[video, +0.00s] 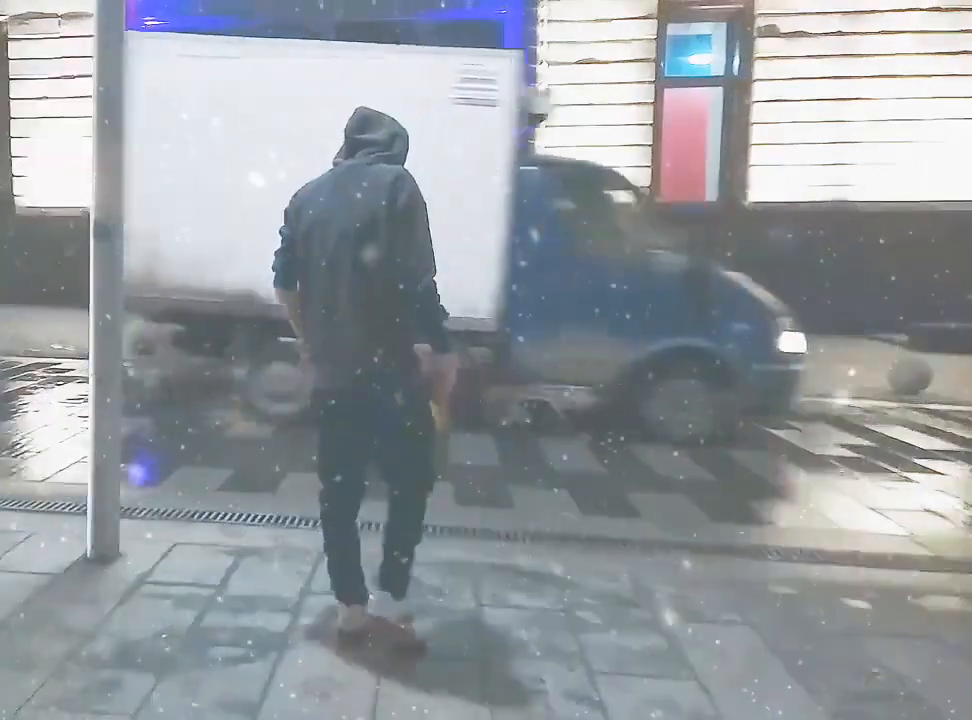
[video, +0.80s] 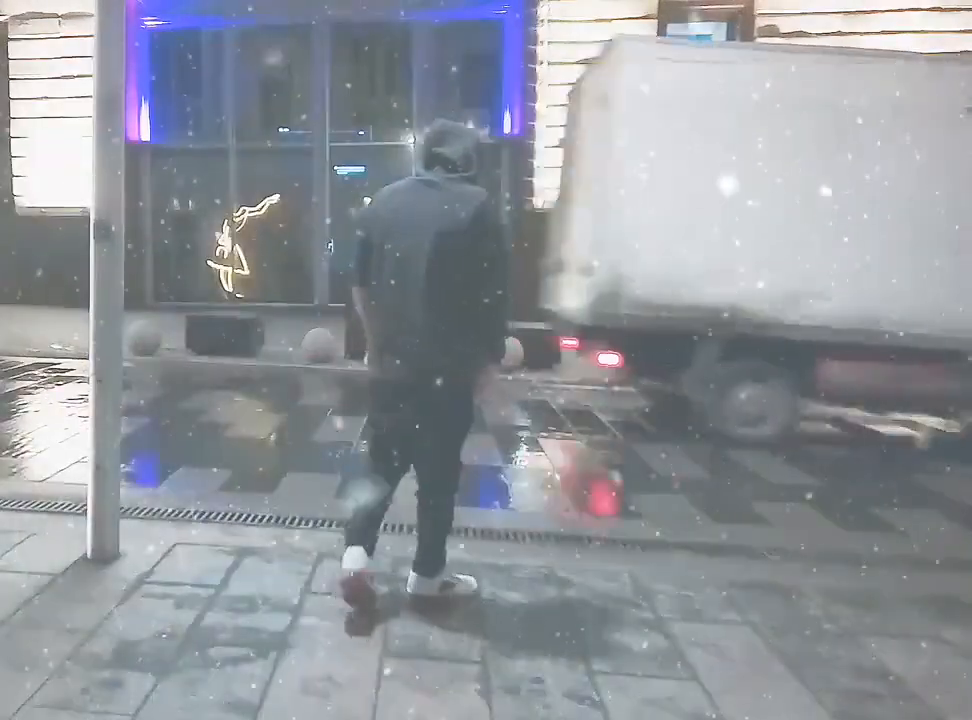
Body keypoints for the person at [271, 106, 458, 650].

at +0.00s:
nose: (400, 160)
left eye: (397, 153)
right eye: (399, 153)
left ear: (348, 146)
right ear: (394, 148)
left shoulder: (307, 196)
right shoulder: (397, 183)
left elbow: (284, 279)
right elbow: (417, 276)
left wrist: (307, 342)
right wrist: (438, 351)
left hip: (332, 368)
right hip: (391, 365)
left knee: (338, 490)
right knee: (412, 480)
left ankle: (351, 612)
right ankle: (392, 607)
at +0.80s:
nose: (476, 167)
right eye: (475, 160)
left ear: (424, 156)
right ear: (468, 160)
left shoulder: (383, 201)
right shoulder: (478, 206)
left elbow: (360, 284)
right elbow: (493, 293)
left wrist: (375, 343)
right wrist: (492, 356)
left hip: (392, 359)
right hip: (451, 360)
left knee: (381, 463)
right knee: (439, 473)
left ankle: (355, 554)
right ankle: (427, 575)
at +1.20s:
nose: (524, 176)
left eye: (524, 167)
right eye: (521, 167)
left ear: (468, 158)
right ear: (505, 164)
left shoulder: (428, 203)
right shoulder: (500, 210)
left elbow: (420, 276)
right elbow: (506, 289)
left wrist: (432, 324)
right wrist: (514, 353)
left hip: (428, 346)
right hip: (472, 352)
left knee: (442, 447)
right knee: (457, 456)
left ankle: (443, 536)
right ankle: (428, 569)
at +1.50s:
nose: (549, 173)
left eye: (551, 164)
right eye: (545, 163)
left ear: (511, 162)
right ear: (520, 160)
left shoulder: (490, 204)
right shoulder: (497, 211)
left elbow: (494, 293)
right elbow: (496, 295)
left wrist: (507, 356)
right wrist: (510, 366)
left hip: (482, 350)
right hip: (482, 353)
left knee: (502, 449)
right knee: (474, 459)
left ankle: (509, 549)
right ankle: (430, 566)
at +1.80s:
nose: (559, 167)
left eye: (563, 157)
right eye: (552, 157)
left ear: (560, 159)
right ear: (525, 156)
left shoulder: (548, 214)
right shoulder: (492, 212)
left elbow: (566, 279)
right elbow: (478, 294)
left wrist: (588, 328)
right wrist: (500, 353)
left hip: (539, 342)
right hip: (502, 344)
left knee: (526, 456)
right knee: (520, 459)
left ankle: (509, 552)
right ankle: (456, 542)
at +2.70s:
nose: (567, 159)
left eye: (575, 149)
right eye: (557, 149)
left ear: (584, 155)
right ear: (534, 151)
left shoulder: (595, 214)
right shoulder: (499, 211)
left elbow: (614, 289)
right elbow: (485, 287)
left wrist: (616, 353)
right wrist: (513, 339)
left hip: (583, 362)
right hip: (524, 363)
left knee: (605, 472)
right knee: (531, 478)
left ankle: (579, 549)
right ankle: (537, 576)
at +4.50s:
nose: (494, 161)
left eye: (503, 148)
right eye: (491, 150)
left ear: (539, 143)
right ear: (499, 149)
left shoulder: (591, 205)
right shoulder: (502, 205)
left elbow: (612, 296)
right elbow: (472, 284)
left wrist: (573, 374)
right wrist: (432, 337)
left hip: (541, 384)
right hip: (490, 379)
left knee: (524, 501)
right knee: (499, 501)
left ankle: (592, 601)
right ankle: (517, 627)